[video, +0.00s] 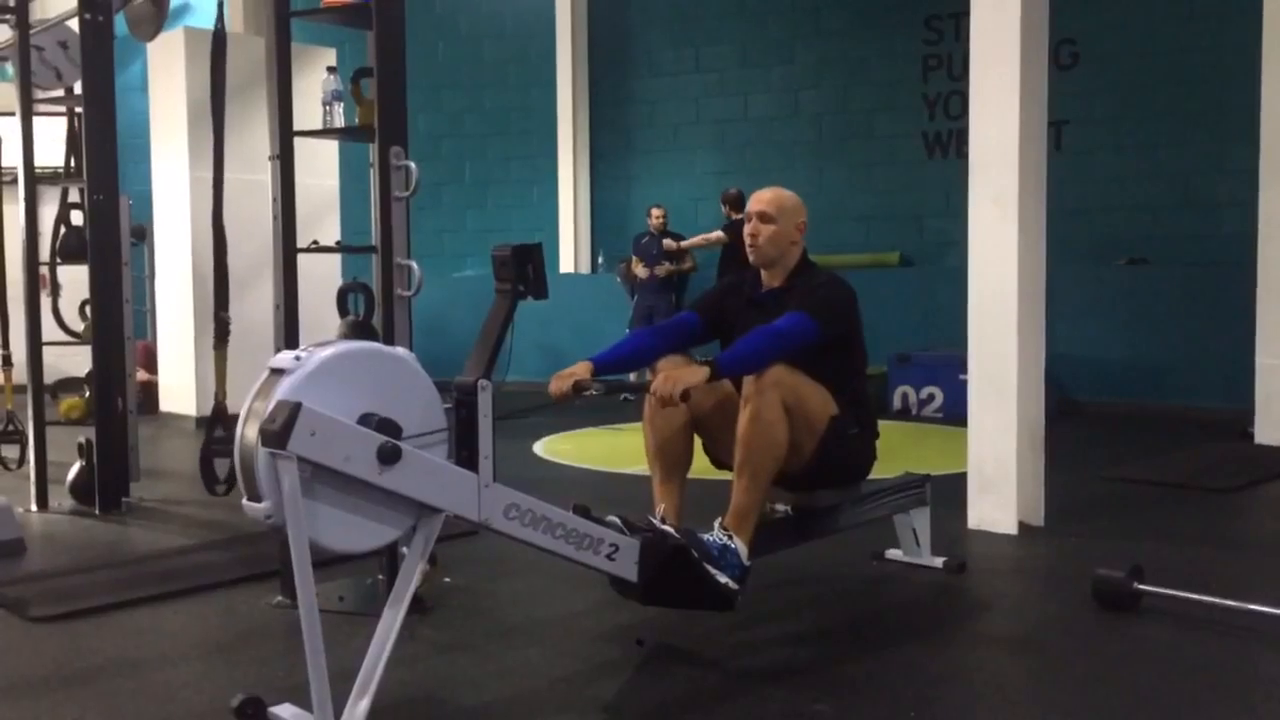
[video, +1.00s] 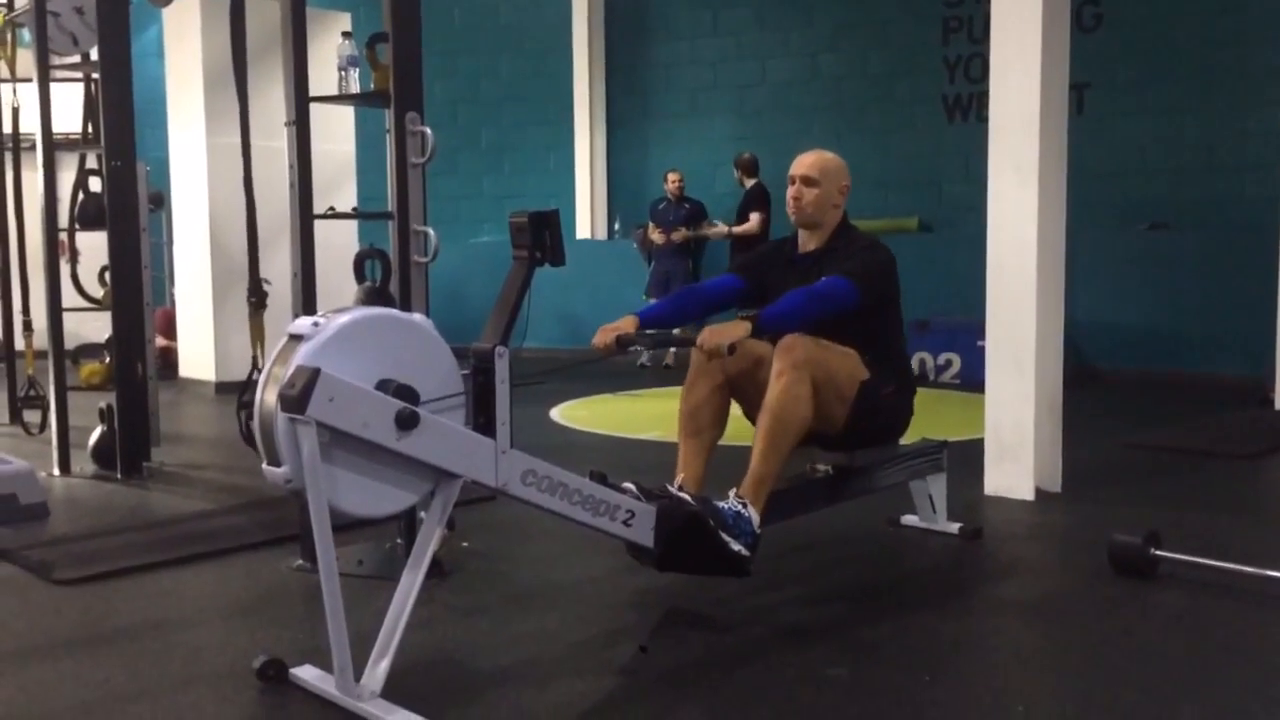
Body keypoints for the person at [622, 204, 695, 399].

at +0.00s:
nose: (661, 221)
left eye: (663, 217)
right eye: (657, 218)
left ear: (667, 219)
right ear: (649, 220)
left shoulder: (676, 239)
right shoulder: (640, 240)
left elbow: (690, 264)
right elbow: (634, 263)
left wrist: (671, 269)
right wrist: (638, 270)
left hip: (666, 298)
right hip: (643, 298)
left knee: (665, 338)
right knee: (637, 337)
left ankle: (662, 384)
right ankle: (633, 383)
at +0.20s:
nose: (663, 223)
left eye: (665, 219)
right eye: (658, 220)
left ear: (668, 219)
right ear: (650, 222)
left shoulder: (679, 240)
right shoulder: (641, 240)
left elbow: (692, 265)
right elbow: (636, 264)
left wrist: (672, 269)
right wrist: (639, 270)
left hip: (667, 297)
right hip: (645, 296)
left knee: (665, 335)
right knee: (639, 334)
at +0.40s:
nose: (663, 218)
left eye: (665, 214)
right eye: (659, 215)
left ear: (669, 216)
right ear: (651, 217)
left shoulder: (681, 239)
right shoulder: (642, 239)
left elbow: (693, 263)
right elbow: (637, 262)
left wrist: (674, 267)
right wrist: (641, 269)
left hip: (669, 296)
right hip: (646, 295)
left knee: (668, 337)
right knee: (639, 336)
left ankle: (667, 385)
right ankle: (635, 384)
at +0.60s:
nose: (669, 209)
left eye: (672, 205)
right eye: (665, 206)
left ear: (675, 207)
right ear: (657, 209)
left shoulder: (686, 229)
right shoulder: (649, 228)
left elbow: (699, 252)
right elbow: (643, 251)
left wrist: (679, 257)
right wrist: (647, 258)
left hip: (674, 285)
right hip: (653, 284)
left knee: (674, 327)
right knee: (644, 325)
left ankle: (676, 372)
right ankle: (641, 370)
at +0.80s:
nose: (677, 192)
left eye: (679, 188)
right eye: (673, 189)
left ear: (683, 191)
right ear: (665, 192)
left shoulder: (694, 213)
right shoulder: (655, 213)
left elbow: (706, 237)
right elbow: (650, 237)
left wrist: (687, 242)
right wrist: (654, 243)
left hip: (682, 269)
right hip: (659, 269)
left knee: (680, 312)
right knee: (652, 310)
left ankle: (676, 355)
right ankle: (648, 355)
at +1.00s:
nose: (678, 185)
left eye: (680, 181)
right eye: (673, 182)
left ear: (684, 183)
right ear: (666, 185)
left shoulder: (695, 206)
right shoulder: (656, 206)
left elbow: (705, 231)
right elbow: (651, 229)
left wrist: (688, 234)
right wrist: (654, 236)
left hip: (683, 263)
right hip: (660, 263)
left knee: (679, 308)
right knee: (654, 306)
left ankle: (673, 351)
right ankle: (648, 350)